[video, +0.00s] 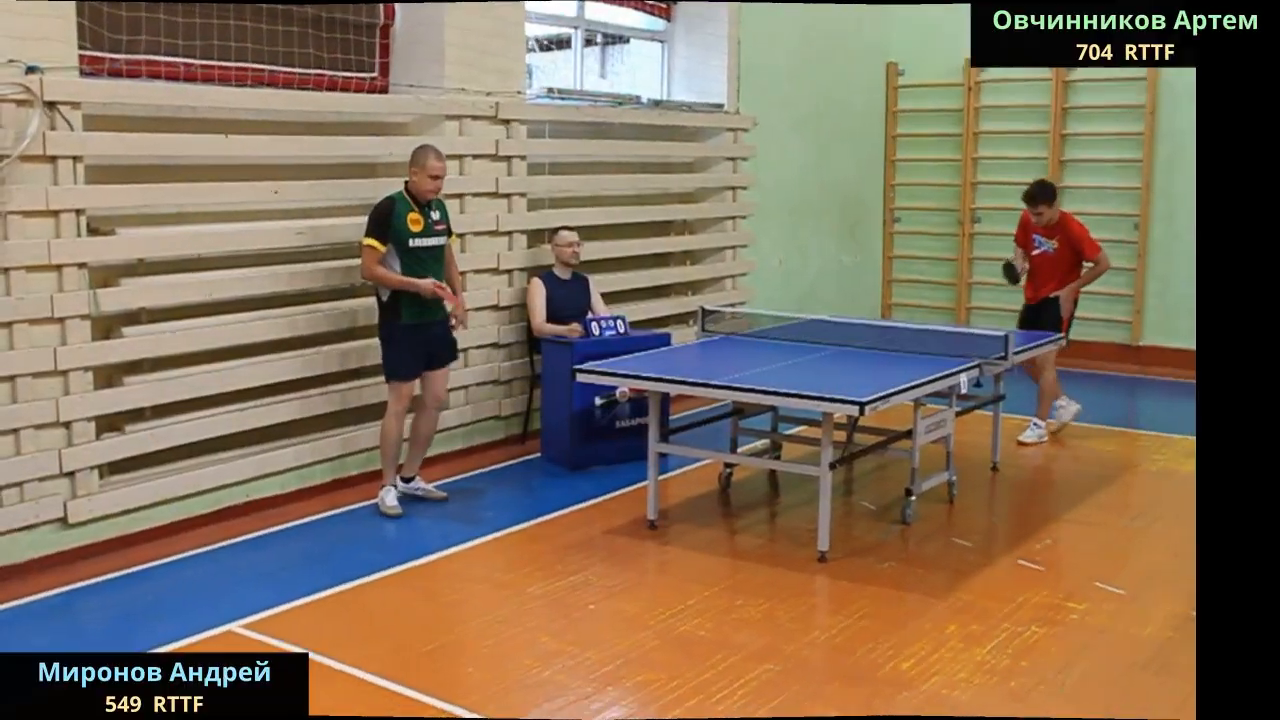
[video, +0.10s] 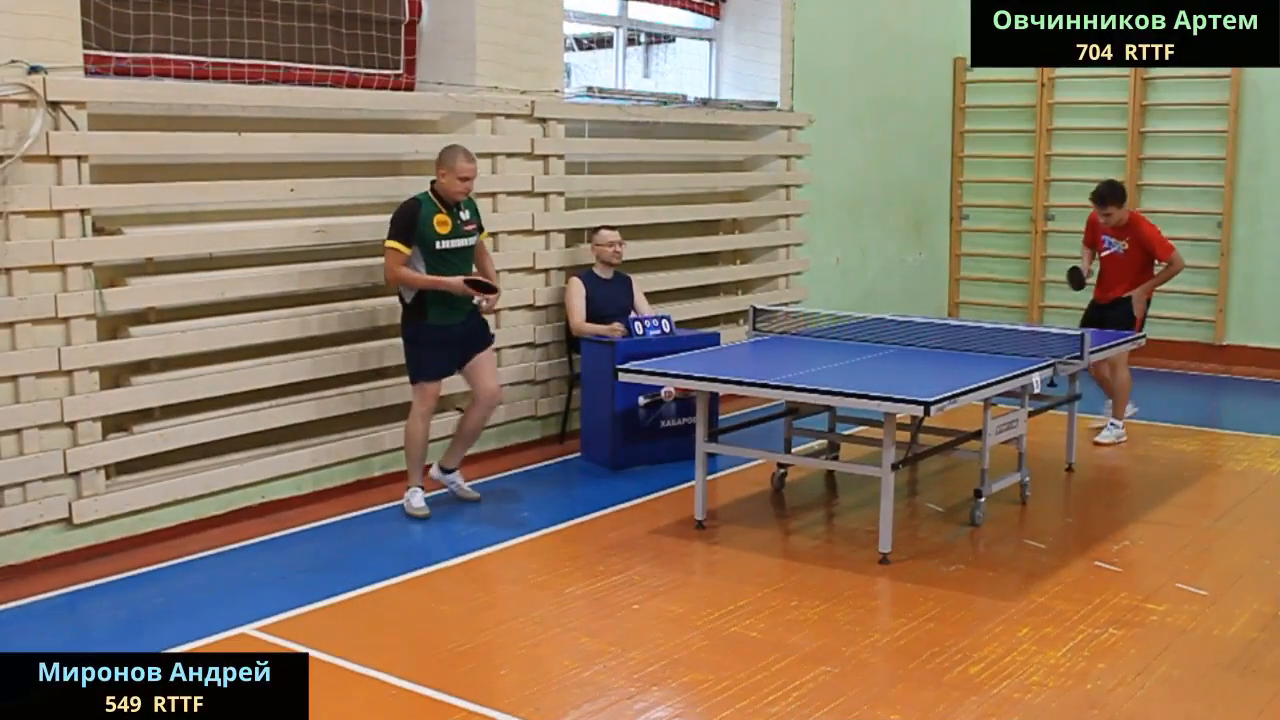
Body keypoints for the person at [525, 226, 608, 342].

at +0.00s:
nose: (576, 250)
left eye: (578, 245)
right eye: (569, 246)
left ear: (581, 247)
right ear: (553, 249)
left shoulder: (584, 282)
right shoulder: (539, 284)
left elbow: (604, 315)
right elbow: (538, 328)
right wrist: (566, 330)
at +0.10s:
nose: (618, 250)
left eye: (620, 245)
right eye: (610, 245)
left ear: (623, 246)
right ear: (594, 249)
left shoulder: (628, 282)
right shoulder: (577, 283)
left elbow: (649, 317)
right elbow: (576, 327)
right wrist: (606, 330)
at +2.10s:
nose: (614, 250)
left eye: (618, 245)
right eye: (607, 245)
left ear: (622, 248)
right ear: (594, 249)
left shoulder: (628, 281)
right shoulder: (579, 281)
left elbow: (648, 316)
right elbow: (577, 327)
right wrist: (606, 330)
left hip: (626, 349)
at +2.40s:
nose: (615, 250)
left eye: (619, 245)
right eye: (608, 245)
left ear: (623, 248)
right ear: (594, 248)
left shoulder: (627, 282)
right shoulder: (581, 283)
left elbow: (650, 317)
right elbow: (577, 327)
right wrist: (606, 330)